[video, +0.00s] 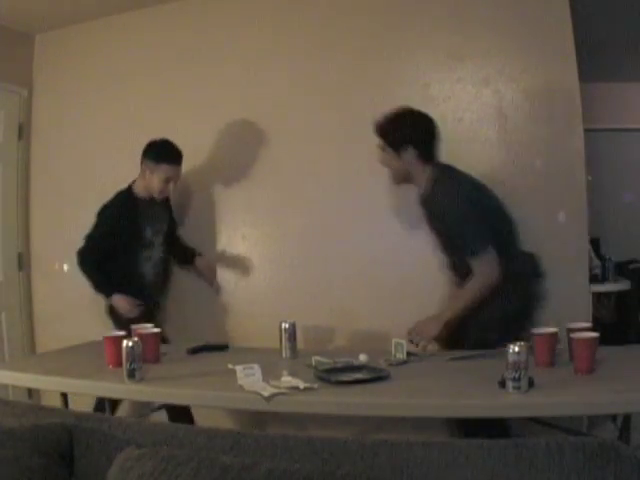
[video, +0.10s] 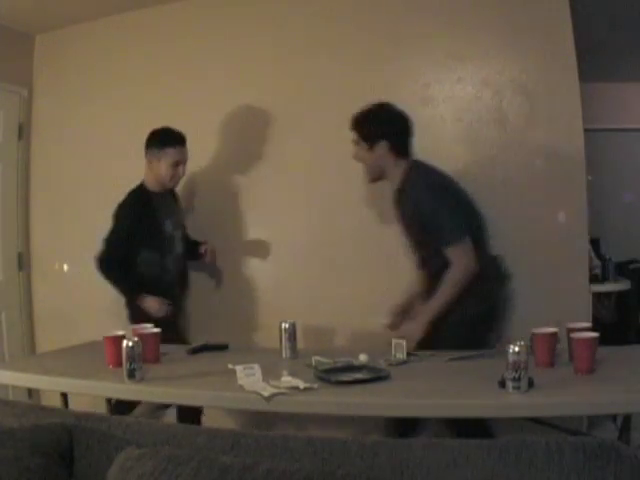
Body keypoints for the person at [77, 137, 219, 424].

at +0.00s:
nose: (170, 188)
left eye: (174, 181)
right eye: (166, 180)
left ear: (175, 177)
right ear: (146, 171)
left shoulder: (162, 206)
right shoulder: (118, 209)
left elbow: (170, 242)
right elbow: (87, 257)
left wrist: (194, 259)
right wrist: (113, 295)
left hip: (153, 304)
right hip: (127, 307)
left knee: (120, 376)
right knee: (166, 371)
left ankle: (92, 432)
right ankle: (189, 439)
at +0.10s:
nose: (181, 172)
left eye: (183, 164)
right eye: (175, 165)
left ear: (184, 162)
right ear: (152, 161)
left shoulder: (169, 200)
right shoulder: (133, 205)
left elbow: (173, 241)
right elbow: (109, 261)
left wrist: (197, 250)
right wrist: (141, 297)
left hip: (173, 306)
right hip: (148, 311)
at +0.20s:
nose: (195, 163)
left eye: (196, 155)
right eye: (188, 156)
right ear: (164, 156)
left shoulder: (184, 194)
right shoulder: (148, 201)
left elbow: (190, 237)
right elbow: (132, 264)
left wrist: (209, 251)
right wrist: (171, 297)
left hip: (191, 304)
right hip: (163, 311)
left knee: (195, 387)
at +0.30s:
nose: (209, 159)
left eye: (210, 151)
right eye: (202, 151)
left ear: (210, 149)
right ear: (178, 151)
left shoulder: (200, 190)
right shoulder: (160, 196)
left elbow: (207, 234)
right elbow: (145, 260)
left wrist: (225, 257)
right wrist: (187, 291)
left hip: (202, 309)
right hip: (175, 313)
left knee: (198, 395)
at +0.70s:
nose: (244, 158)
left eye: (247, 149)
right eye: (235, 151)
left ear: (251, 147)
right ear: (214, 148)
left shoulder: (254, 190)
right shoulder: (191, 197)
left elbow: (267, 244)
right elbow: (179, 257)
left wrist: (263, 267)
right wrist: (210, 295)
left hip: (256, 311)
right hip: (212, 315)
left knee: (261, 393)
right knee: (209, 395)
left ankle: (266, 458)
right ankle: (198, 456)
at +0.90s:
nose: (271, 136)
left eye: (276, 128)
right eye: (261, 131)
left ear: (286, 136)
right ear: (249, 142)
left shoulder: (312, 182)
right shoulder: (240, 196)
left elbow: (333, 217)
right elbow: (236, 256)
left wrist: (329, 173)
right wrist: (225, 293)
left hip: (307, 304)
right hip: (260, 308)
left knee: (315, 389)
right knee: (242, 387)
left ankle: (323, 463)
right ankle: (256, 459)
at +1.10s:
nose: (265, 136)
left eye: (272, 128)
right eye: (256, 130)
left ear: (281, 135)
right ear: (244, 140)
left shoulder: (302, 184)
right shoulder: (230, 193)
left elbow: (319, 230)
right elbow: (223, 247)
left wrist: (308, 179)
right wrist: (223, 266)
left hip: (297, 307)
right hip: (248, 310)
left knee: (309, 389)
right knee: (237, 392)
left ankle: (316, 462)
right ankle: (242, 462)